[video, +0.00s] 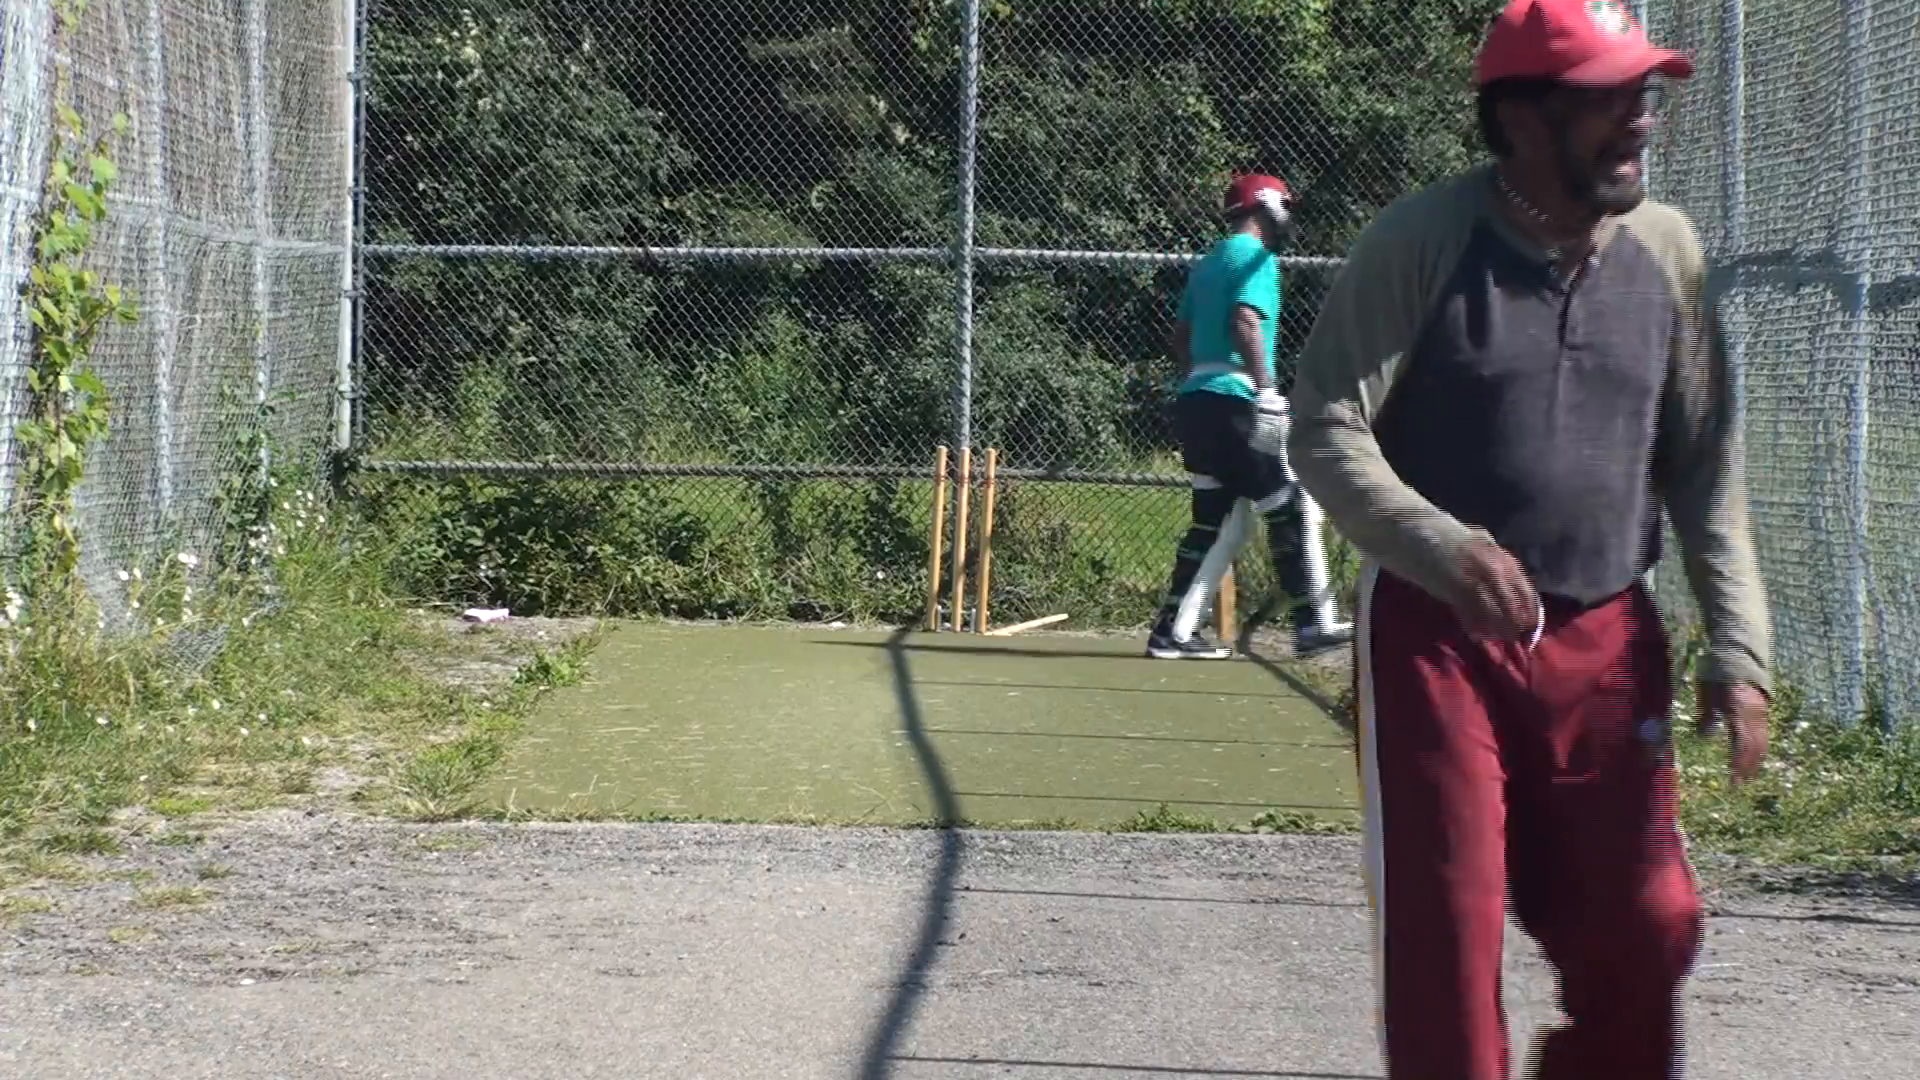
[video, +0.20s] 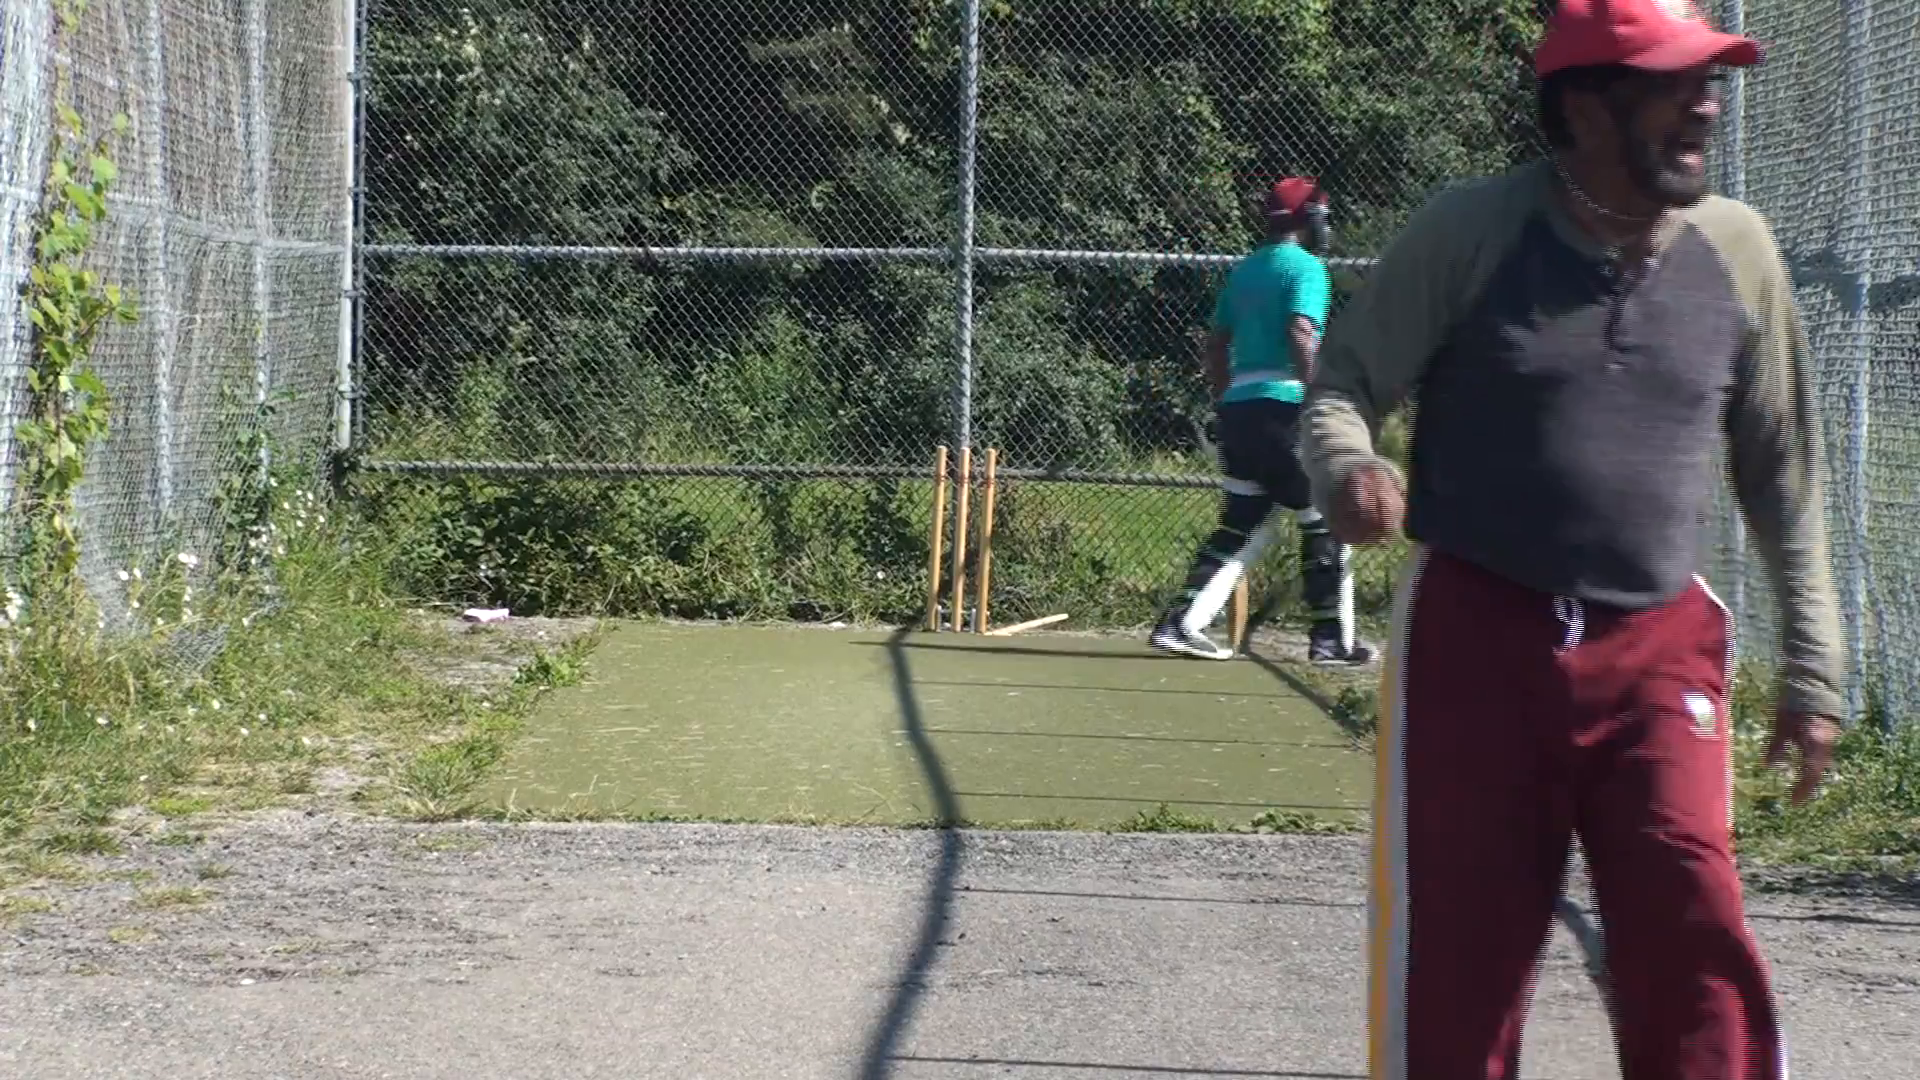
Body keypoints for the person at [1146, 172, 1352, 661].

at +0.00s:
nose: (1289, 222)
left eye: (1288, 213)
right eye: (1283, 212)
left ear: (1238, 217)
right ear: (1262, 213)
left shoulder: (1207, 263)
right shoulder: (1256, 256)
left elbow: (1179, 336)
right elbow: (1246, 321)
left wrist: (1207, 379)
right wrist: (1266, 391)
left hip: (1194, 405)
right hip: (1235, 405)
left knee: (1214, 519)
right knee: (1291, 507)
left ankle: (1173, 630)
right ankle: (1314, 621)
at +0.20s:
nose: (1327, 228)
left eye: (1325, 218)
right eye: (1322, 219)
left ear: (1275, 223)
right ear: (1306, 222)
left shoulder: (1241, 270)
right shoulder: (1306, 266)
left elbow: (1217, 343)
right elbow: (1301, 333)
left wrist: (1223, 400)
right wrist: (1324, 397)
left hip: (1237, 407)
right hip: (1284, 407)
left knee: (1241, 519)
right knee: (1323, 517)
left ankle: (1181, 622)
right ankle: (1332, 637)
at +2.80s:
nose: (1402, 271)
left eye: (1403, 261)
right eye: (1399, 262)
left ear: (1421, 253)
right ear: (1450, 251)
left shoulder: (1423, 287)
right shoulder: (1491, 283)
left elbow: (1411, 360)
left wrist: (1385, 424)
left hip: (1473, 392)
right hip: (1524, 387)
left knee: (1433, 507)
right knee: (1510, 500)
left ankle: (1455, 622)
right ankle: (1539, 611)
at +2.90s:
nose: (1395, 250)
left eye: (1398, 239)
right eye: (1394, 240)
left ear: (1419, 234)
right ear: (1446, 234)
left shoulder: (1421, 278)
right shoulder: (1488, 270)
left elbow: (1409, 359)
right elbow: (1496, 337)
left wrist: (1381, 420)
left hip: (1467, 406)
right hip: (1514, 399)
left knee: (1428, 509)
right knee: (1499, 504)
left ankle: (1454, 625)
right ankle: (1518, 614)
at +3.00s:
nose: (1391, 232)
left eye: (1397, 223)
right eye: (1392, 222)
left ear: (1419, 225)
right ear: (1442, 226)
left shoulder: (1420, 275)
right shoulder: (1482, 264)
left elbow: (1408, 358)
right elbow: (1507, 333)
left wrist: (1382, 418)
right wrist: (1450, 382)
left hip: (1459, 409)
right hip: (1505, 402)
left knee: (1428, 508)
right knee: (1485, 504)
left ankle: (1452, 625)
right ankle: (1517, 611)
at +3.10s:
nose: (1397, 231)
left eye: (1404, 221)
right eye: (1396, 222)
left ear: (1428, 222)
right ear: (1441, 223)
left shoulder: (1422, 273)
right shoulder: (1476, 262)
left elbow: (1411, 354)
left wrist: (1383, 416)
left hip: (1452, 407)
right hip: (1496, 402)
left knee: (1426, 509)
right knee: (1461, 499)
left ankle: (1453, 620)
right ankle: (1505, 606)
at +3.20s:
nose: (1396, 224)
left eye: (1404, 216)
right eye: (1396, 215)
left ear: (1430, 220)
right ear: (1439, 222)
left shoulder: (1429, 269)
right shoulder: (1463, 260)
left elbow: (1418, 351)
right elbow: (1465, 336)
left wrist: (1391, 415)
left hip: (1450, 404)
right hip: (1483, 397)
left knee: (1425, 507)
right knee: (1439, 502)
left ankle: (1452, 619)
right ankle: (1480, 604)